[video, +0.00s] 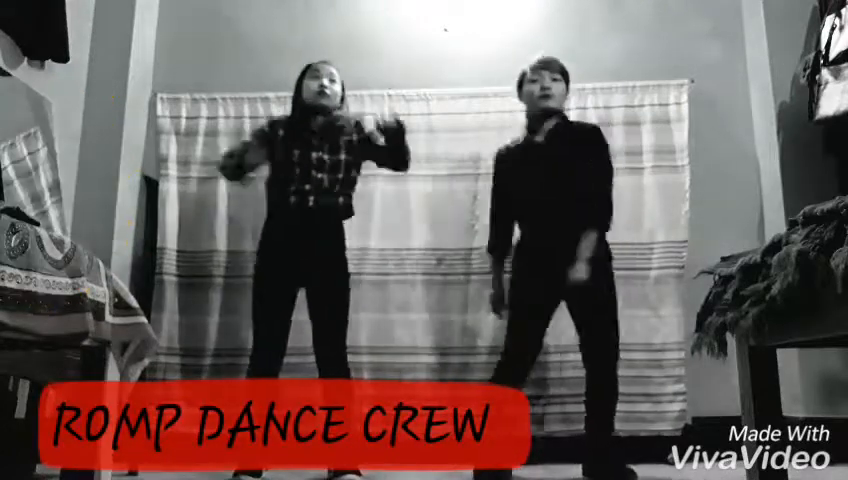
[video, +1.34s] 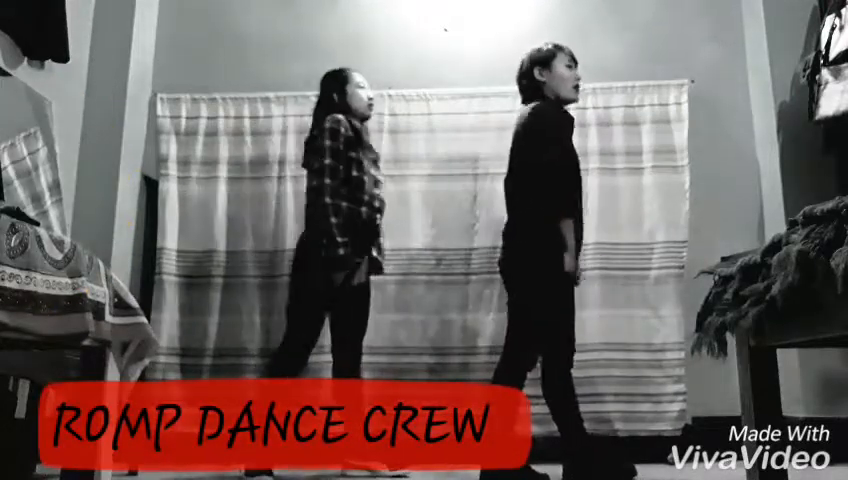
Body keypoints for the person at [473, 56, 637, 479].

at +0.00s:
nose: (544, 84)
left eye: (554, 79)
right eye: (534, 79)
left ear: (567, 93)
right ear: (521, 95)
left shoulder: (587, 136)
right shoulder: (510, 156)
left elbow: (599, 201)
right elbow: (500, 221)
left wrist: (584, 256)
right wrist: (497, 278)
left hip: (587, 260)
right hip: (535, 264)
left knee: (601, 360)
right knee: (515, 361)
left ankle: (600, 459)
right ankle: (486, 456)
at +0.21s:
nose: (520, 83)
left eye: (529, 78)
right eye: (511, 76)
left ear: (539, 91)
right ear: (494, 88)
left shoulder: (545, 149)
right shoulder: (478, 143)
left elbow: (573, 201)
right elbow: (440, 196)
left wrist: (614, 246)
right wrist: (432, 257)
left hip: (534, 274)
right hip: (489, 274)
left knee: (571, 352)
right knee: (501, 358)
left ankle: (587, 453)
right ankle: (476, 452)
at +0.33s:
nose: (545, 85)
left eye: (548, 81)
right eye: (536, 77)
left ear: (544, 90)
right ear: (508, 82)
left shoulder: (529, 131)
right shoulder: (501, 126)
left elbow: (528, 198)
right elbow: (497, 170)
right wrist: (509, 189)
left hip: (523, 263)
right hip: (500, 263)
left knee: (548, 357)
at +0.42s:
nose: (558, 87)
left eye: (560, 81)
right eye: (549, 78)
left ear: (553, 91)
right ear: (521, 83)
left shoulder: (536, 130)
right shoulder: (515, 127)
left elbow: (542, 188)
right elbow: (546, 177)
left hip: (526, 260)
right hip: (506, 260)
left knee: (552, 357)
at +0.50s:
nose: (571, 85)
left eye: (571, 79)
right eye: (562, 77)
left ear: (540, 90)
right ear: (536, 84)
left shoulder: (525, 131)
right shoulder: (541, 129)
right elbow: (566, 193)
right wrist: (611, 240)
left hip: (508, 260)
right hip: (536, 262)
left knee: (512, 353)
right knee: (573, 350)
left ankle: (482, 448)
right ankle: (583, 453)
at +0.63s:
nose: (580, 79)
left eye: (579, 72)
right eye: (572, 71)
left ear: (550, 81)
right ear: (543, 78)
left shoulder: (548, 126)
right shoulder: (545, 125)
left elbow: (575, 202)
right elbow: (563, 199)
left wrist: (603, 254)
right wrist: (589, 244)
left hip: (541, 256)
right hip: (542, 258)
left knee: (535, 348)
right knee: (566, 352)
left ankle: (485, 437)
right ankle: (584, 456)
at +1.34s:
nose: (578, 74)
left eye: (577, 67)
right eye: (570, 66)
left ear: (543, 78)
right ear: (542, 75)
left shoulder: (533, 120)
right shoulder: (552, 119)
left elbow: (530, 190)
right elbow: (561, 187)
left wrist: (552, 245)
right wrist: (571, 246)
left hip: (525, 252)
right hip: (545, 253)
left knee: (519, 354)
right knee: (557, 358)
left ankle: (491, 448)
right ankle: (581, 455)